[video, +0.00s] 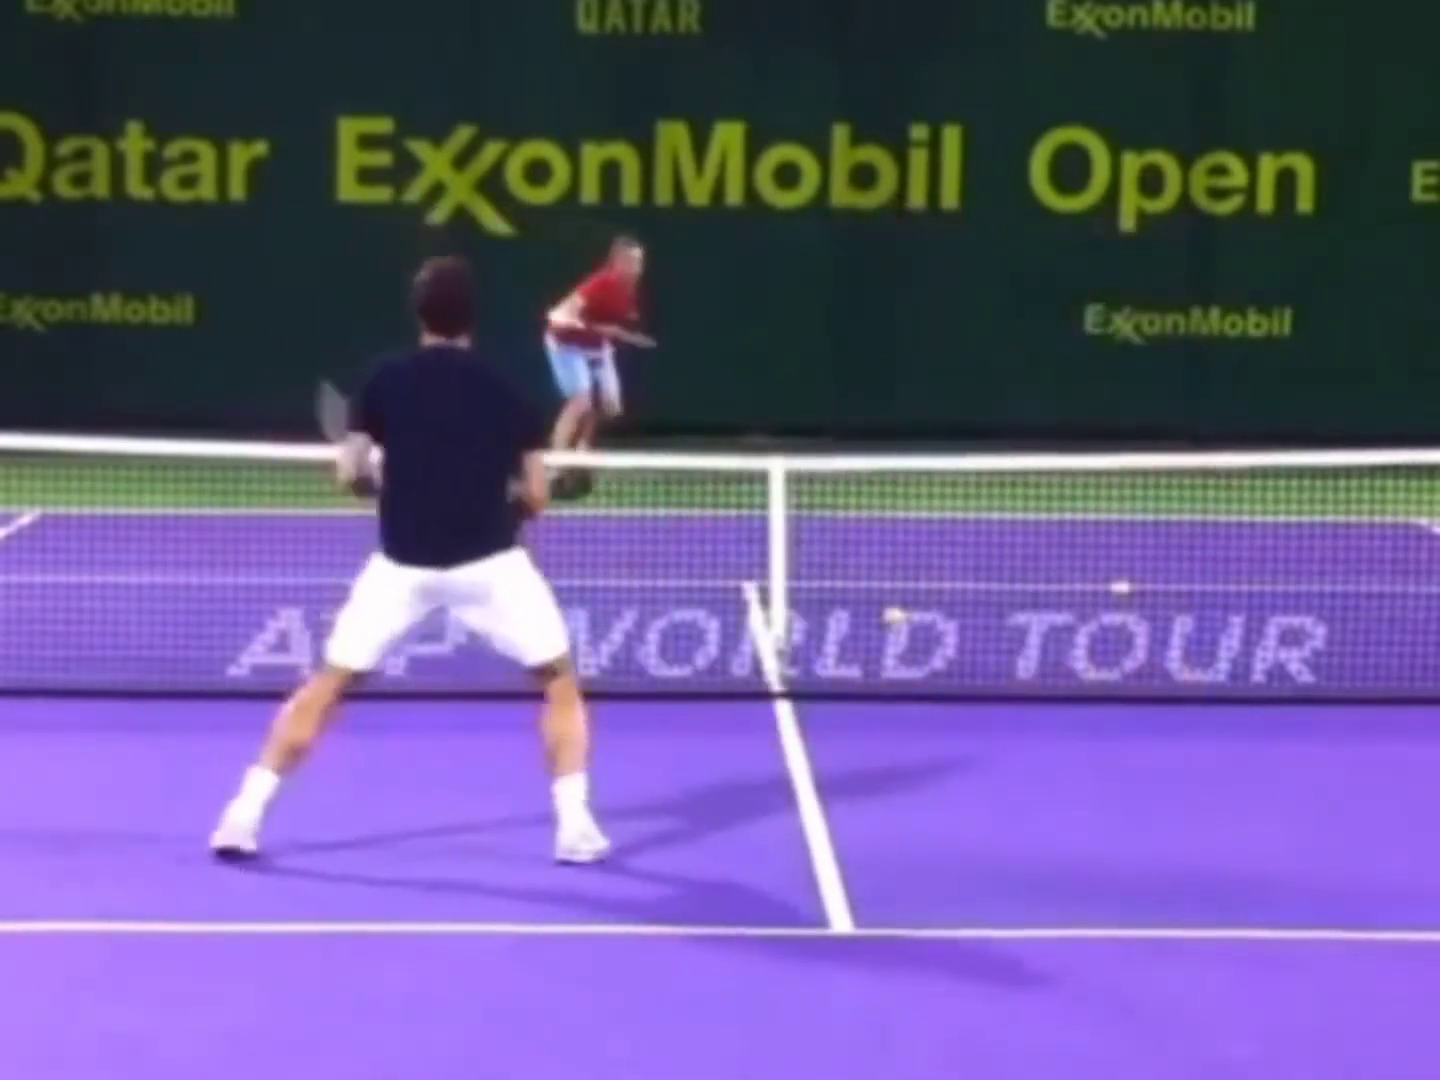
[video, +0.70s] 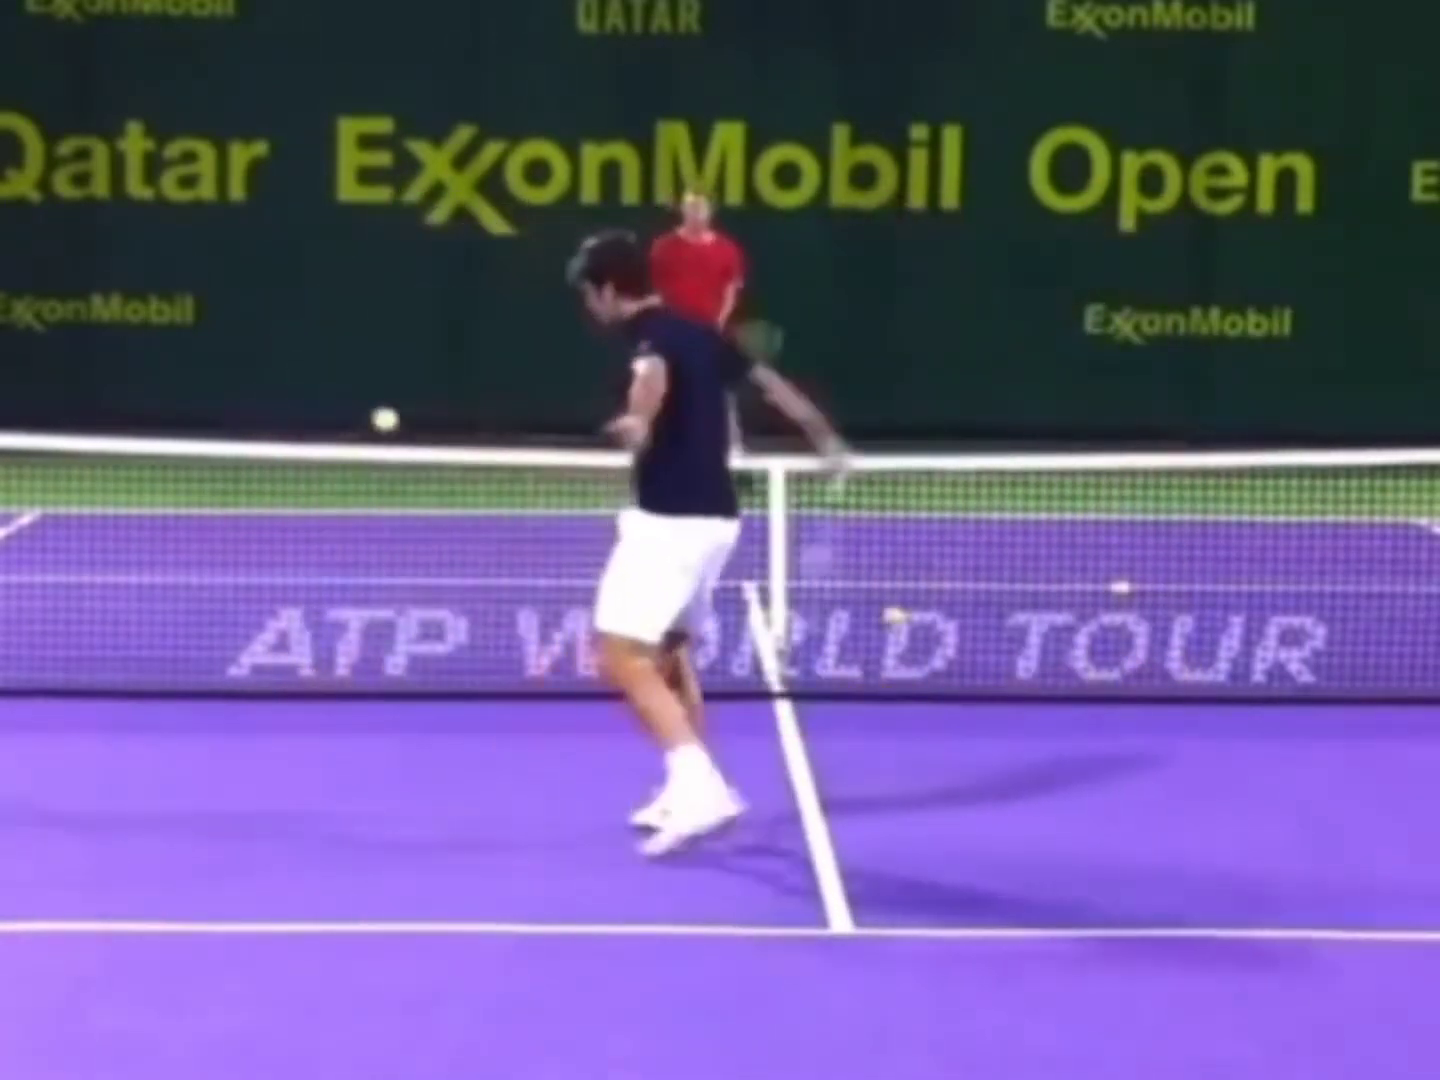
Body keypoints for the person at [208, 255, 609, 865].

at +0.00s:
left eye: (428, 307)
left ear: (418, 315)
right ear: (474, 316)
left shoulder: (387, 380)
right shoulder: (503, 388)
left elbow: (351, 472)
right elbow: (536, 494)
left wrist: (394, 480)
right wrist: (501, 499)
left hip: (401, 566)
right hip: (491, 565)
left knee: (328, 681)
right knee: (559, 680)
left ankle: (247, 808)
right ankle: (575, 820)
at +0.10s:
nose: (455, 295)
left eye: (448, 286)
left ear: (443, 291)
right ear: (497, 288)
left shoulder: (432, 355)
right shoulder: (534, 351)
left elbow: (400, 438)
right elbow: (550, 438)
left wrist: (382, 417)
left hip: (452, 535)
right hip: (532, 537)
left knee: (380, 657)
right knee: (560, 673)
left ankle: (366, 803)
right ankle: (579, 813)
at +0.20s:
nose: (465, 285)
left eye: (465, 275)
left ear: (470, 280)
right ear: (521, 278)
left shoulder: (474, 338)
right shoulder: (549, 338)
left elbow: (443, 412)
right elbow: (508, 440)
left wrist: (400, 385)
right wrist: (410, 437)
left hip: (495, 524)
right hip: (561, 521)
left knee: (435, 653)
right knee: (563, 658)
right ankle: (623, 773)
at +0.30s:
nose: (460, 300)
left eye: (463, 289)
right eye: (462, 289)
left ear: (477, 291)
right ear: (528, 281)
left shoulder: (519, 339)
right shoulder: (558, 336)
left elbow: (487, 406)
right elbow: (491, 392)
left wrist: (406, 398)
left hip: (529, 528)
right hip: (587, 527)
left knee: (465, 658)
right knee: (588, 657)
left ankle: (487, 813)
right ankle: (667, 780)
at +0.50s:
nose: (541, 318)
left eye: (542, 306)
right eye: (541, 306)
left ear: (558, 304)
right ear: (597, 295)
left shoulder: (595, 350)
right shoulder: (630, 354)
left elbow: (552, 394)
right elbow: (543, 428)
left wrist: (463, 401)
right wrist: (464, 444)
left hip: (618, 535)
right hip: (670, 533)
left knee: (559, 666)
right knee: (645, 663)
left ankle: (512, 810)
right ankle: (681, 793)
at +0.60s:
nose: (567, 325)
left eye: (566, 311)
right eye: (563, 313)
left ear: (589, 300)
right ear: (619, 293)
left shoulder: (629, 338)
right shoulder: (668, 342)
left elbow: (604, 383)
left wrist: (542, 423)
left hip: (648, 521)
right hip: (693, 520)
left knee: (585, 652)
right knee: (661, 653)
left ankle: (589, 801)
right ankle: (682, 789)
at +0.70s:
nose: (588, 308)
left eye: (589, 295)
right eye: (586, 295)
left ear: (610, 288)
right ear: (639, 282)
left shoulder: (647, 334)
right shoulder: (701, 333)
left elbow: (650, 377)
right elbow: (778, 391)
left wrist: (635, 420)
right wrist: (831, 445)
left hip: (669, 515)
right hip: (712, 515)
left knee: (621, 651)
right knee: (668, 653)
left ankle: (693, 777)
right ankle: (691, 780)